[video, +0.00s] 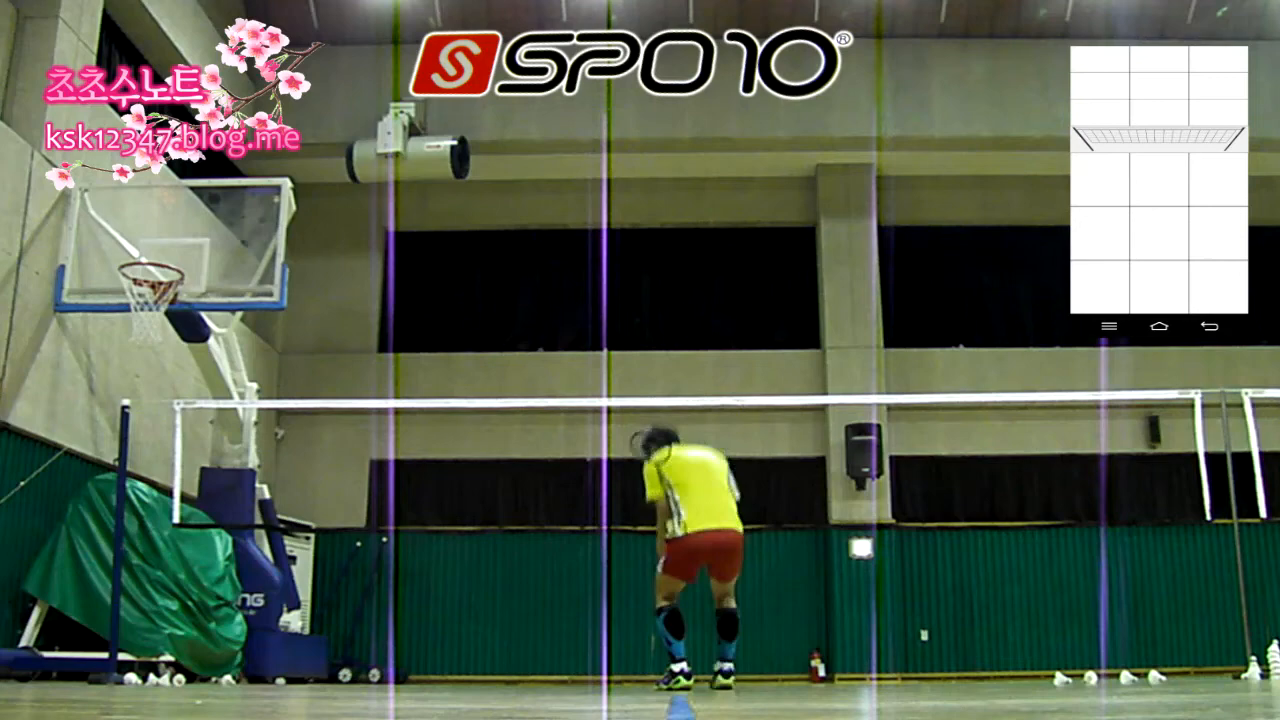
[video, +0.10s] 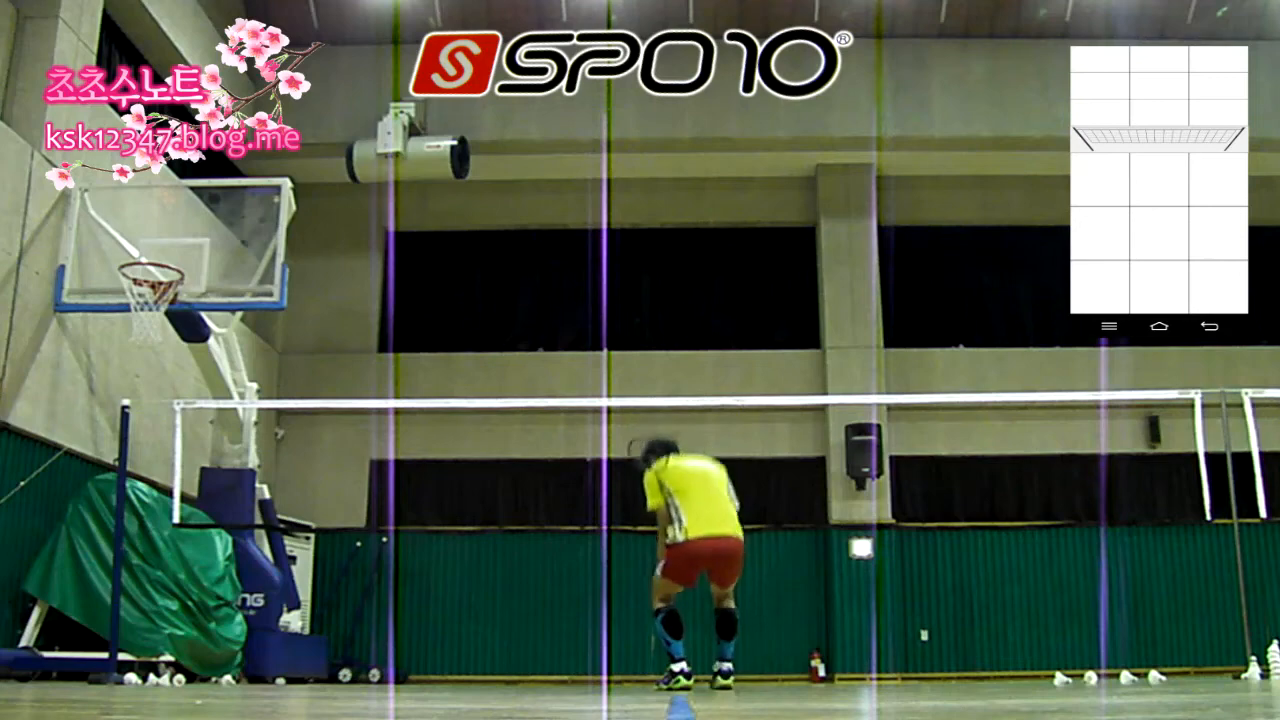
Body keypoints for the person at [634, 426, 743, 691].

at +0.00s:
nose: (648, 458)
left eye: (648, 454)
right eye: (646, 454)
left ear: (654, 449)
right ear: (675, 442)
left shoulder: (655, 462)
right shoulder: (715, 455)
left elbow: (662, 508)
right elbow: (733, 497)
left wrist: (661, 546)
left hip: (689, 536)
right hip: (730, 533)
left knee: (666, 598)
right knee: (726, 596)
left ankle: (679, 667)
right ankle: (726, 666)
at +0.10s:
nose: (648, 469)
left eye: (648, 466)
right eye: (647, 466)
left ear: (653, 460)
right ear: (675, 453)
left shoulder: (655, 470)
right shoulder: (713, 464)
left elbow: (663, 518)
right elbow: (733, 506)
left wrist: (662, 558)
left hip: (688, 542)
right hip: (730, 539)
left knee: (663, 599)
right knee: (724, 596)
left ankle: (679, 666)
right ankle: (725, 666)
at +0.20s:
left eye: (647, 498)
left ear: (655, 491)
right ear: (680, 482)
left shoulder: (655, 502)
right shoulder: (713, 495)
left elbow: (663, 543)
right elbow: (728, 534)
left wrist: (667, 574)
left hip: (690, 563)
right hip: (733, 561)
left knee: (655, 605)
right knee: (726, 605)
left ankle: (678, 667)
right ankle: (725, 667)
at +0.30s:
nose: (650, 532)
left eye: (650, 528)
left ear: (654, 522)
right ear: (677, 513)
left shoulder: (656, 532)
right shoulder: (712, 521)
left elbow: (664, 573)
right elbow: (720, 560)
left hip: (691, 588)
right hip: (734, 585)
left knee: (649, 607)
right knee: (728, 615)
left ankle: (678, 667)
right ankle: (725, 668)